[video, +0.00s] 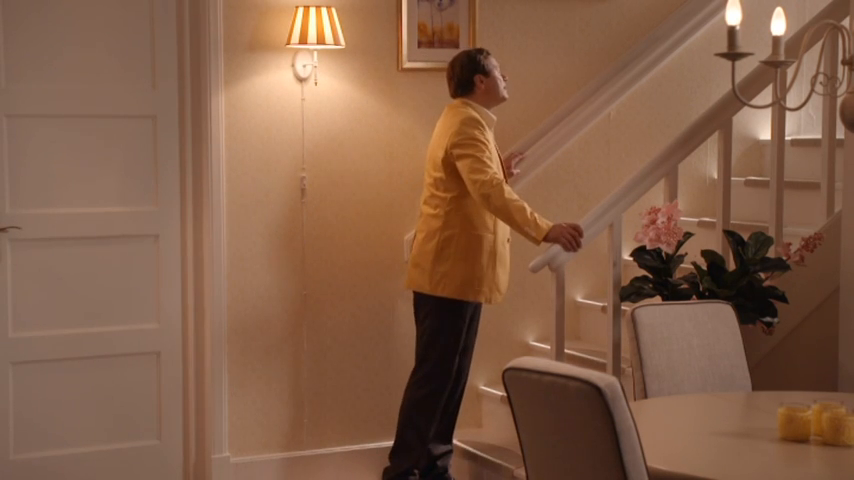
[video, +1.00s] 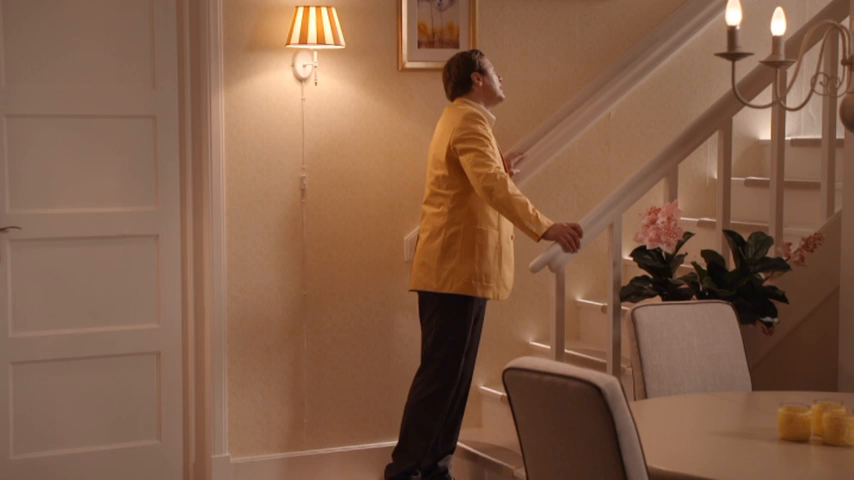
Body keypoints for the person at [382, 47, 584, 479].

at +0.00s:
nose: (505, 80)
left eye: (501, 73)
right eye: (498, 73)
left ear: (474, 82)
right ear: (480, 81)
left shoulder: (465, 120)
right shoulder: (466, 123)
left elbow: (461, 194)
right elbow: (489, 190)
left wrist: (498, 178)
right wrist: (545, 229)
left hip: (462, 271)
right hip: (448, 271)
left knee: (451, 376)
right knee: (435, 375)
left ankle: (433, 469)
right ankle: (405, 471)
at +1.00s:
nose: (500, 80)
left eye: (495, 72)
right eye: (493, 72)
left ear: (470, 82)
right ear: (477, 80)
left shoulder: (463, 119)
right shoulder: (467, 119)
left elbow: (462, 193)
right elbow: (491, 185)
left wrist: (500, 174)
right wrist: (544, 227)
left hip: (464, 269)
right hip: (454, 269)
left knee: (455, 374)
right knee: (442, 373)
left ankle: (434, 467)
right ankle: (408, 470)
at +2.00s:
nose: (476, 79)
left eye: (483, 73)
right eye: (467, 73)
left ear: (494, 85)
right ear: (452, 86)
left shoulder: (509, 142)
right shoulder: (429, 127)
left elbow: (516, 197)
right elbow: (391, 186)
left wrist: (520, 211)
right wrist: (360, 247)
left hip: (482, 268)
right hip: (432, 264)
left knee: (463, 379)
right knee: (429, 375)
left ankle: (442, 469)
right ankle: (413, 470)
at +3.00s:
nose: (305, 94)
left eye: (312, 86)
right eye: (305, 86)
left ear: (343, 90)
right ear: (331, 91)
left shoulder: (382, 137)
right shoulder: (301, 138)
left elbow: (414, 201)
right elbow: (289, 201)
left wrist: (367, 222)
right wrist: (265, 255)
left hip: (369, 276)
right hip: (316, 277)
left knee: (396, 381)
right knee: (314, 389)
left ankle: (415, 471)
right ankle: (328, 477)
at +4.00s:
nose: (269, 98)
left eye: (270, 90)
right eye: (259, 90)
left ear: (268, 94)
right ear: (227, 96)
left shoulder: (280, 140)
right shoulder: (184, 142)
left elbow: (295, 201)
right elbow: (141, 207)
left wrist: (332, 215)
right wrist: (125, 264)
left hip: (265, 287)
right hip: (206, 287)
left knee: (266, 393)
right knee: (202, 403)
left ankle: (242, 478)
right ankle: (195, 478)